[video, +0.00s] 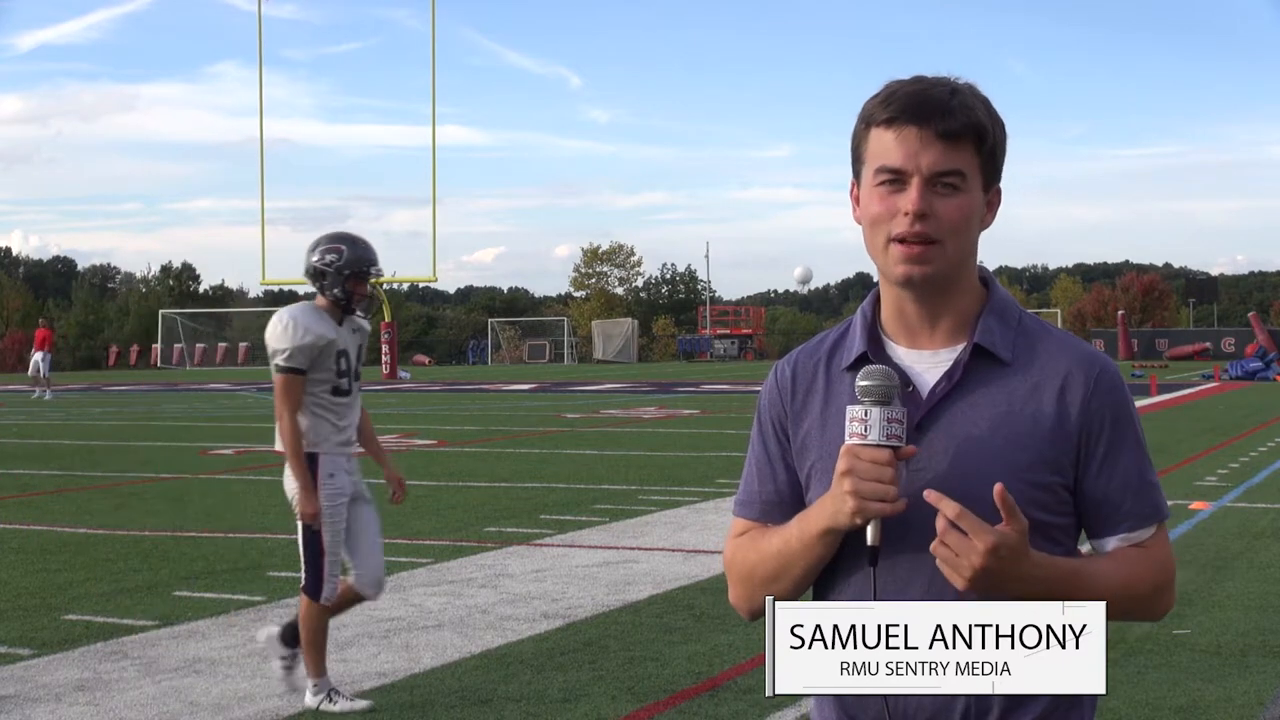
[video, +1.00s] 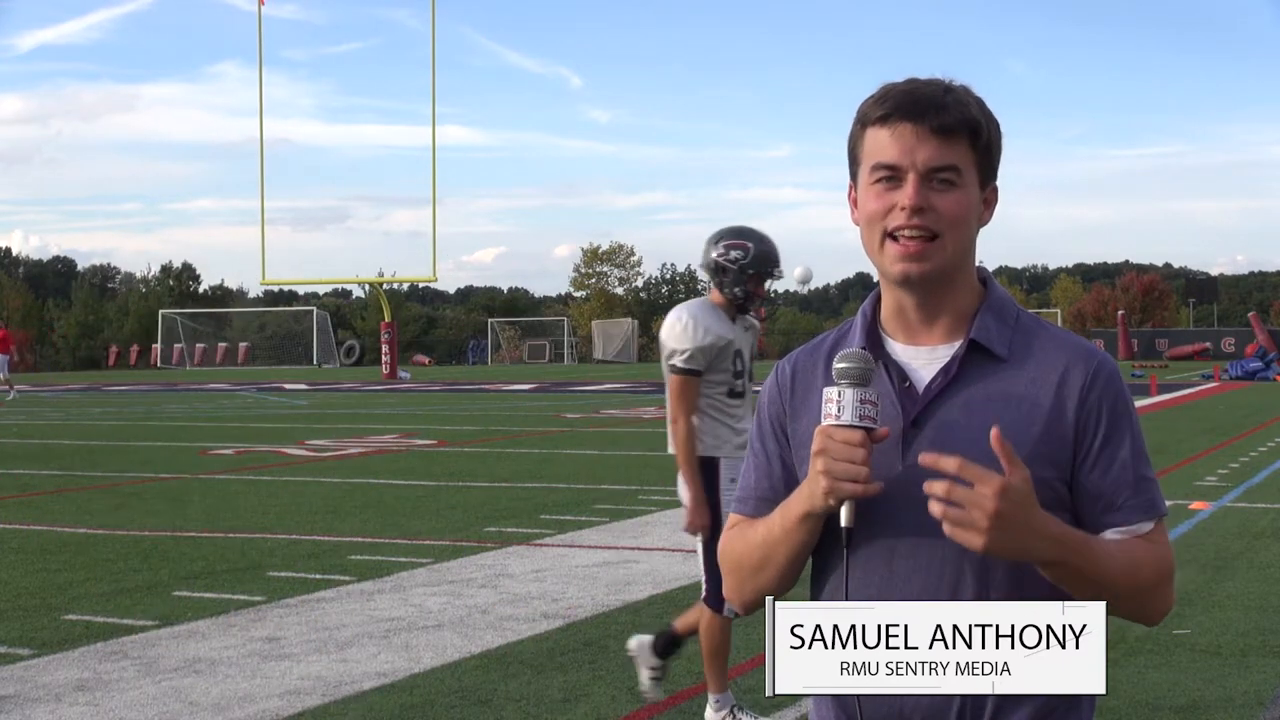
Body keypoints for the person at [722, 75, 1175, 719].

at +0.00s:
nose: (914, 207)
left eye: (946, 183)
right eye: (890, 182)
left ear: (989, 204)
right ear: (858, 202)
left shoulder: (1078, 381)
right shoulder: (796, 383)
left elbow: (1153, 581)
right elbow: (745, 587)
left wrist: (1030, 575)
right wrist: (830, 514)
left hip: (1028, 707)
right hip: (849, 708)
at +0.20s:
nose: (912, 208)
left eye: (944, 184)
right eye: (888, 182)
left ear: (988, 204)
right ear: (855, 202)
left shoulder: (1078, 381)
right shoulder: (795, 384)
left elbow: (1156, 580)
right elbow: (744, 588)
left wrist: (1033, 576)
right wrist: (829, 516)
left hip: (1028, 708)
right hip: (848, 708)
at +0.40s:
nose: (909, 208)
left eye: (942, 185)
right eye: (887, 182)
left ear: (986, 205)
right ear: (855, 202)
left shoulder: (1076, 380)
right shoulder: (795, 384)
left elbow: (1151, 585)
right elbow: (743, 590)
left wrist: (1032, 571)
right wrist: (824, 516)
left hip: (1028, 707)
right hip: (849, 708)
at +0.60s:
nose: (911, 205)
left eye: (943, 182)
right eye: (887, 180)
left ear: (986, 204)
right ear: (855, 203)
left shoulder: (1077, 380)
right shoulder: (795, 383)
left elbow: (1153, 596)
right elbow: (739, 589)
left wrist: (1048, 521)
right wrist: (812, 500)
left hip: (1030, 705)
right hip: (851, 707)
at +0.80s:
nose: (911, 201)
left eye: (943, 179)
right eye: (887, 177)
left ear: (987, 203)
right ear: (856, 203)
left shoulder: (1076, 376)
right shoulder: (797, 380)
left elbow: (1153, 598)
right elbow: (738, 588)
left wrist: (1059, 488)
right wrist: (805, 488)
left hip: (1025, 704)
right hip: (851, 705)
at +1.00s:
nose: (911, 201)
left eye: (942, 179)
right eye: (887, 178)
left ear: (986, 202)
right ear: (855, 204)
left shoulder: (1078, 378)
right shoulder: (798, 381)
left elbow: (1153, 593)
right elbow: (737, 585)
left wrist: (1038, 537)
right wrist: (810, 498)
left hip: (1027, 706)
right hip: (849, 706)